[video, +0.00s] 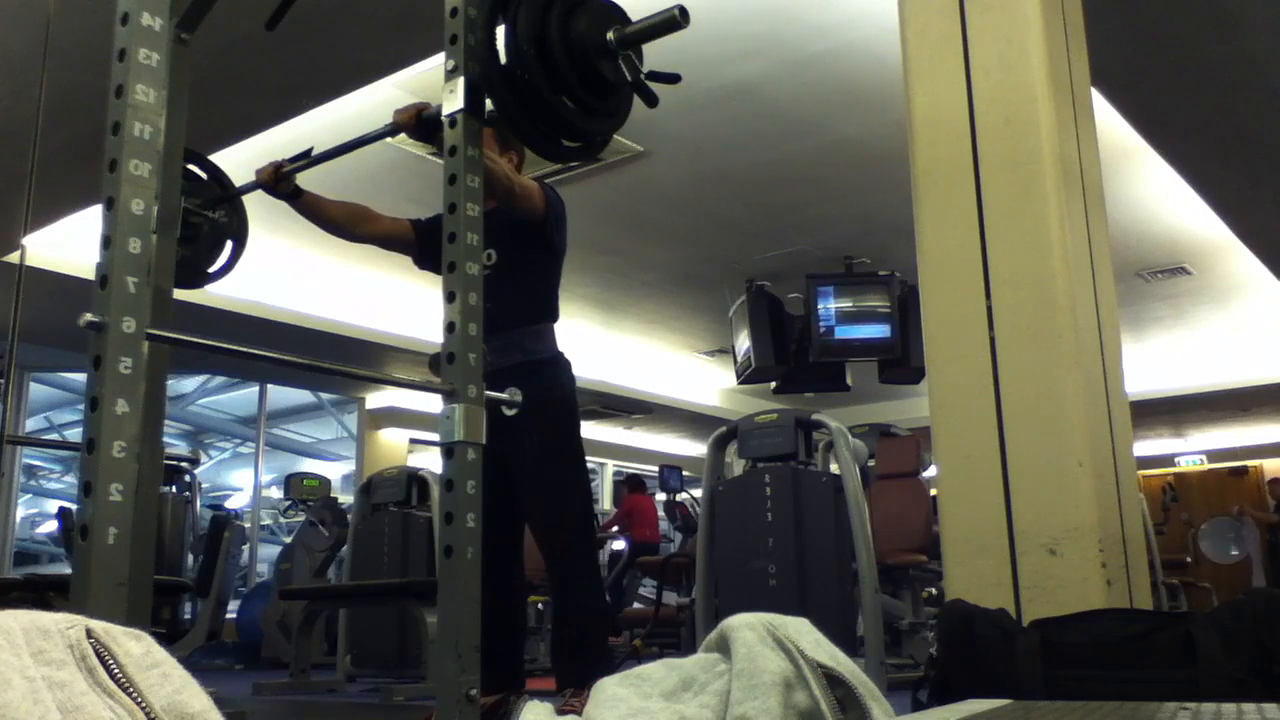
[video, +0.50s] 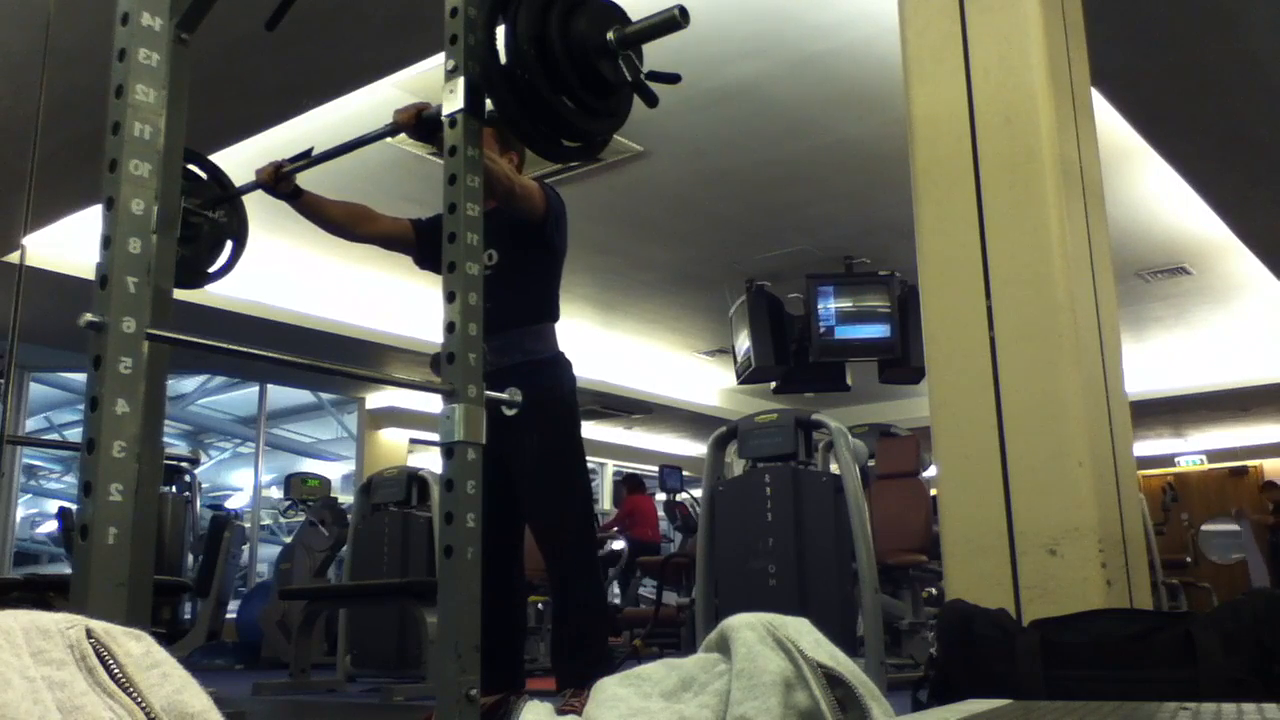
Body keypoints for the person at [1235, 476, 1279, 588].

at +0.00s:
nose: (1270, 492)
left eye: (1272, 489)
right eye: (1269, 489)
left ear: (1278, 489)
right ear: (1269, 490)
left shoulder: (1277, 506)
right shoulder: (1275, 507)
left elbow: (1274, 518)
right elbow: (1272, 518)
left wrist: (1250, 512)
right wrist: (1249, 512)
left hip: (1276, 551)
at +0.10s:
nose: (1269, 493)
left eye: (1271, 490)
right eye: (1268, 490)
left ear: (1277, 490)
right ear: (1268, 491)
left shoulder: (1277, 507)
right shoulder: (1275, 507)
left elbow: (1273, 518)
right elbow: (1271, 518)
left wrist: (1251, 512)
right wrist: (1247, 512)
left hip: (1276, 548)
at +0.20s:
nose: (1269, 497)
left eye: (1270, 493)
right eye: (1267, 494)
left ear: (1276, 491)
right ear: (1266, 493)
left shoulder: (1278, 507)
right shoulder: (1275, 507)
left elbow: (1272, 518)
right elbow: (1270, 518)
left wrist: (1249, 512)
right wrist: (1247, 512)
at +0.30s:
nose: (1268, 496)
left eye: (1269, 492)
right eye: (1266, 493)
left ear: (1275, 491)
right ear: (1266, 493)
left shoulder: (1277, 507)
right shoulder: (1275, 507)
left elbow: (1273, 518)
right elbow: (1270, 518)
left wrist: (1251, 515)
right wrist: (1248, 513)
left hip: (1276, 551)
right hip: (1273, 551)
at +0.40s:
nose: (1268, 497)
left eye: (1270, 493)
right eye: (1266, 494)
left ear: (1276, 491)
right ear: (1265, 494)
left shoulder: (1278, 506)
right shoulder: (1275, 507)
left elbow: (1272, 519)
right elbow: (1270, 519)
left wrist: (1249, 514)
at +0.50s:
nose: (1267, 497)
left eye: (1268, 493)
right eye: (1265, 494)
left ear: (1274, 492)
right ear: (1264, 494)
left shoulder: (1276, 506)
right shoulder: (1273, 506)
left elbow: (1272, 519)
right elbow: (1270, 519)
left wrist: (1250, 516)